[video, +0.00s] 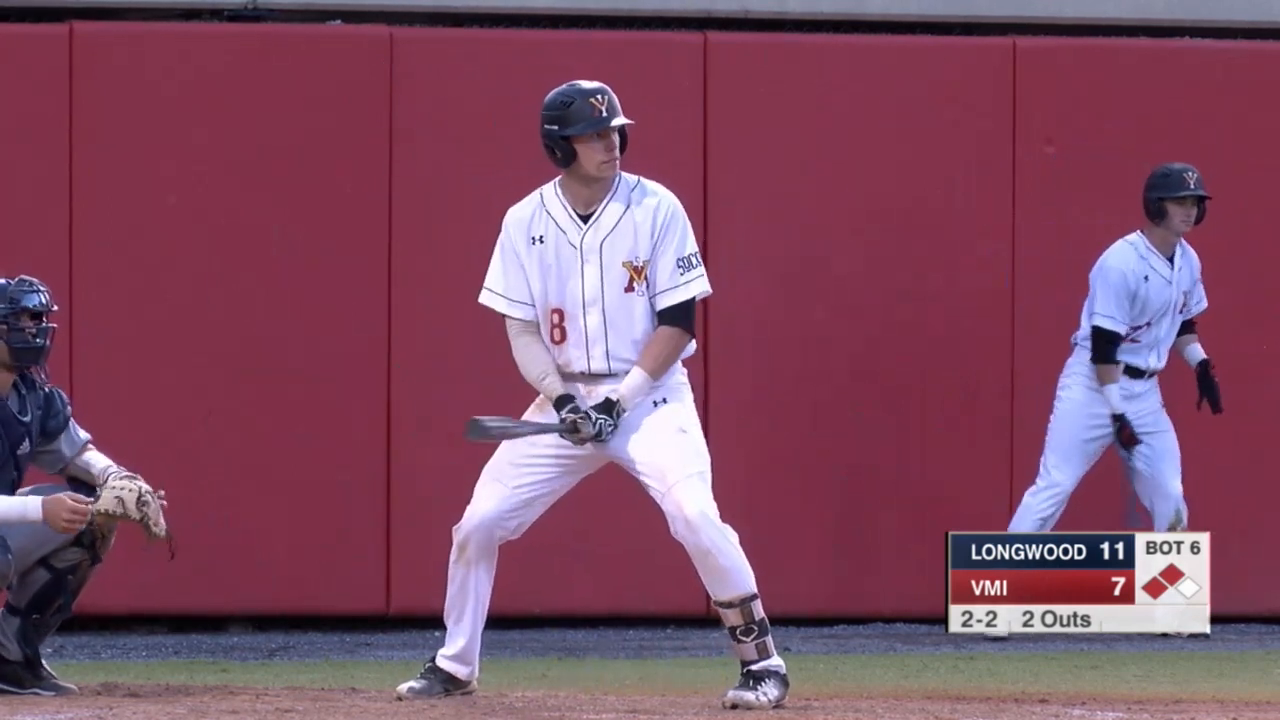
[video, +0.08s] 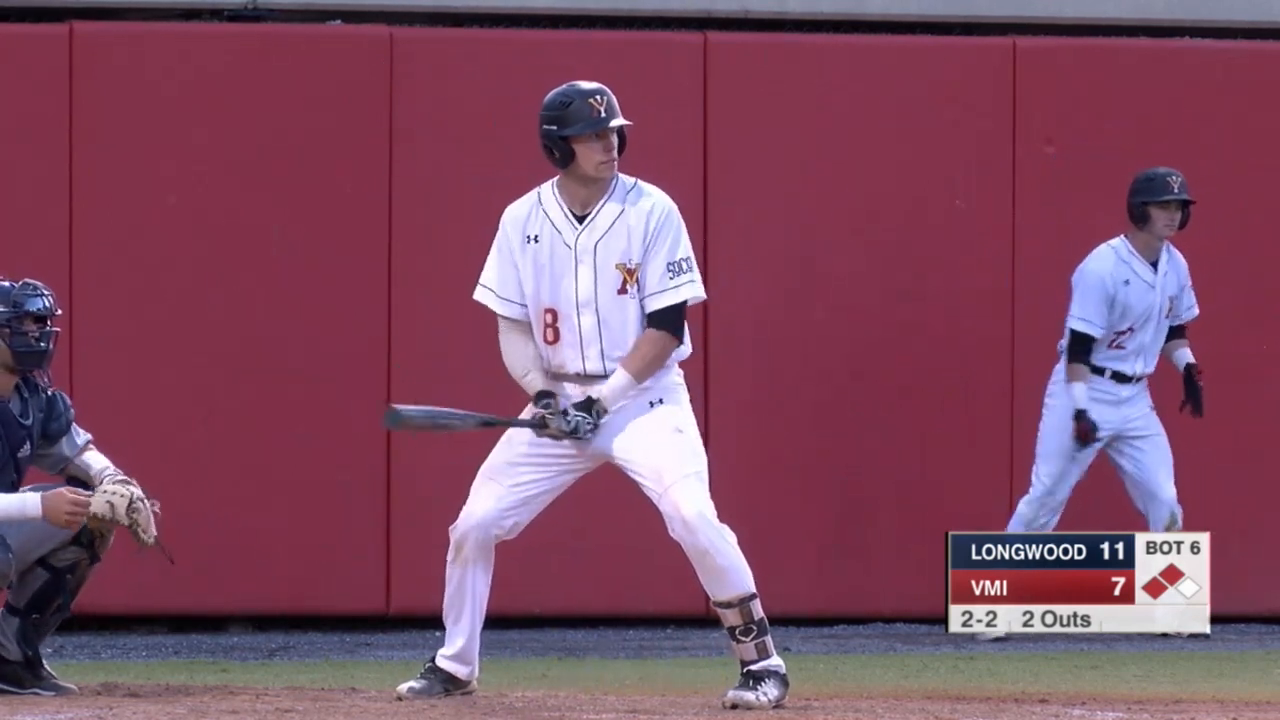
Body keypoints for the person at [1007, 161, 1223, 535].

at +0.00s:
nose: (1190, 212)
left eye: (1195, 204)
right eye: (1181, 202)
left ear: (1200, 209)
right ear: (1155, 205)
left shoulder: (1187, 261)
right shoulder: (1119, 262)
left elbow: (1183, 327)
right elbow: (1103, 346)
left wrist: (1202, 365)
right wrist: (1118, 413)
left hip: (1144, 391)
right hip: (1092, 386)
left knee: (1169, 499)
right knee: (1054, 489)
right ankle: (1003, 575)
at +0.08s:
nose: (1175, 215)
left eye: (1179, 207)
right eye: (1165, 207)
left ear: (1183, 212)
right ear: (1140, 210)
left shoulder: (1174, 264)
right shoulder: (1102, 266)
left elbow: (1172, 330)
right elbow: (1078, 348)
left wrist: (1189, 369)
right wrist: (1080, 408)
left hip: (1135, 398)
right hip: (1081, 391)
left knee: (1165, 505)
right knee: (1047, 496)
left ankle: (1171, 609)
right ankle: (992, 591)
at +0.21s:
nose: (1147, 218)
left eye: (1153, 210)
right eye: (1138, 210)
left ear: (1158, 216)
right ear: (1114, 213)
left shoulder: (1154, 266)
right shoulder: (1074, 268)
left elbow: (1156, 329)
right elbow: (1043, 339)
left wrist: (1167, 369)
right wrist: (1024, 394)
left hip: (1118, 401)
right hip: (1062, 395)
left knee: (1151, 505)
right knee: (1038, 497)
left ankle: (1165, 606)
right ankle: (991, 594)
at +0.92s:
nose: (1166, 225)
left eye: (1170, 217)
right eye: (1156, 217)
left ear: (1174, 223)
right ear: (1131, 221)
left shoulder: (1168, 274)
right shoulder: (1091, 275)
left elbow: (1169, 335)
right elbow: (1068, 357)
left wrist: (1180, 378)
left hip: (1128, 402)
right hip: (1072, 396)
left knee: (1160, 508)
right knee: (1047, 498)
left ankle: (1171, 608)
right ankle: (994, 590)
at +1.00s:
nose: (1180, 226)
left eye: (1185, 218)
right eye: (1171, 218)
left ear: (1188, 224)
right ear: (1146, 221)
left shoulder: (1181, 275)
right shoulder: (1108, 275)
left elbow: (1183, 340)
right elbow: (1098, 361)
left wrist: (1193, 384)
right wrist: (1141, 411)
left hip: (1138, 404)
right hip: (1084, 399)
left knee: (1167, 507)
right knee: (1055, 499)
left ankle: (1177, 608)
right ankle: (996, 592)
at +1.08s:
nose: (1188, 226)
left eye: (1192, 219)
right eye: (1179, 218)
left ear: (1195, 224)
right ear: (1153, 222)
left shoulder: (1187, 275)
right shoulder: (1118, 274)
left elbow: (1191, 341)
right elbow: (1121, 365)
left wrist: (1205, 387)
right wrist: (1171, 403)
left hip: (1143, 406)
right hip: (1089, 398)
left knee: (1171, 508)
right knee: (1060, 495)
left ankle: (1173, 611)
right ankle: (997, 587)